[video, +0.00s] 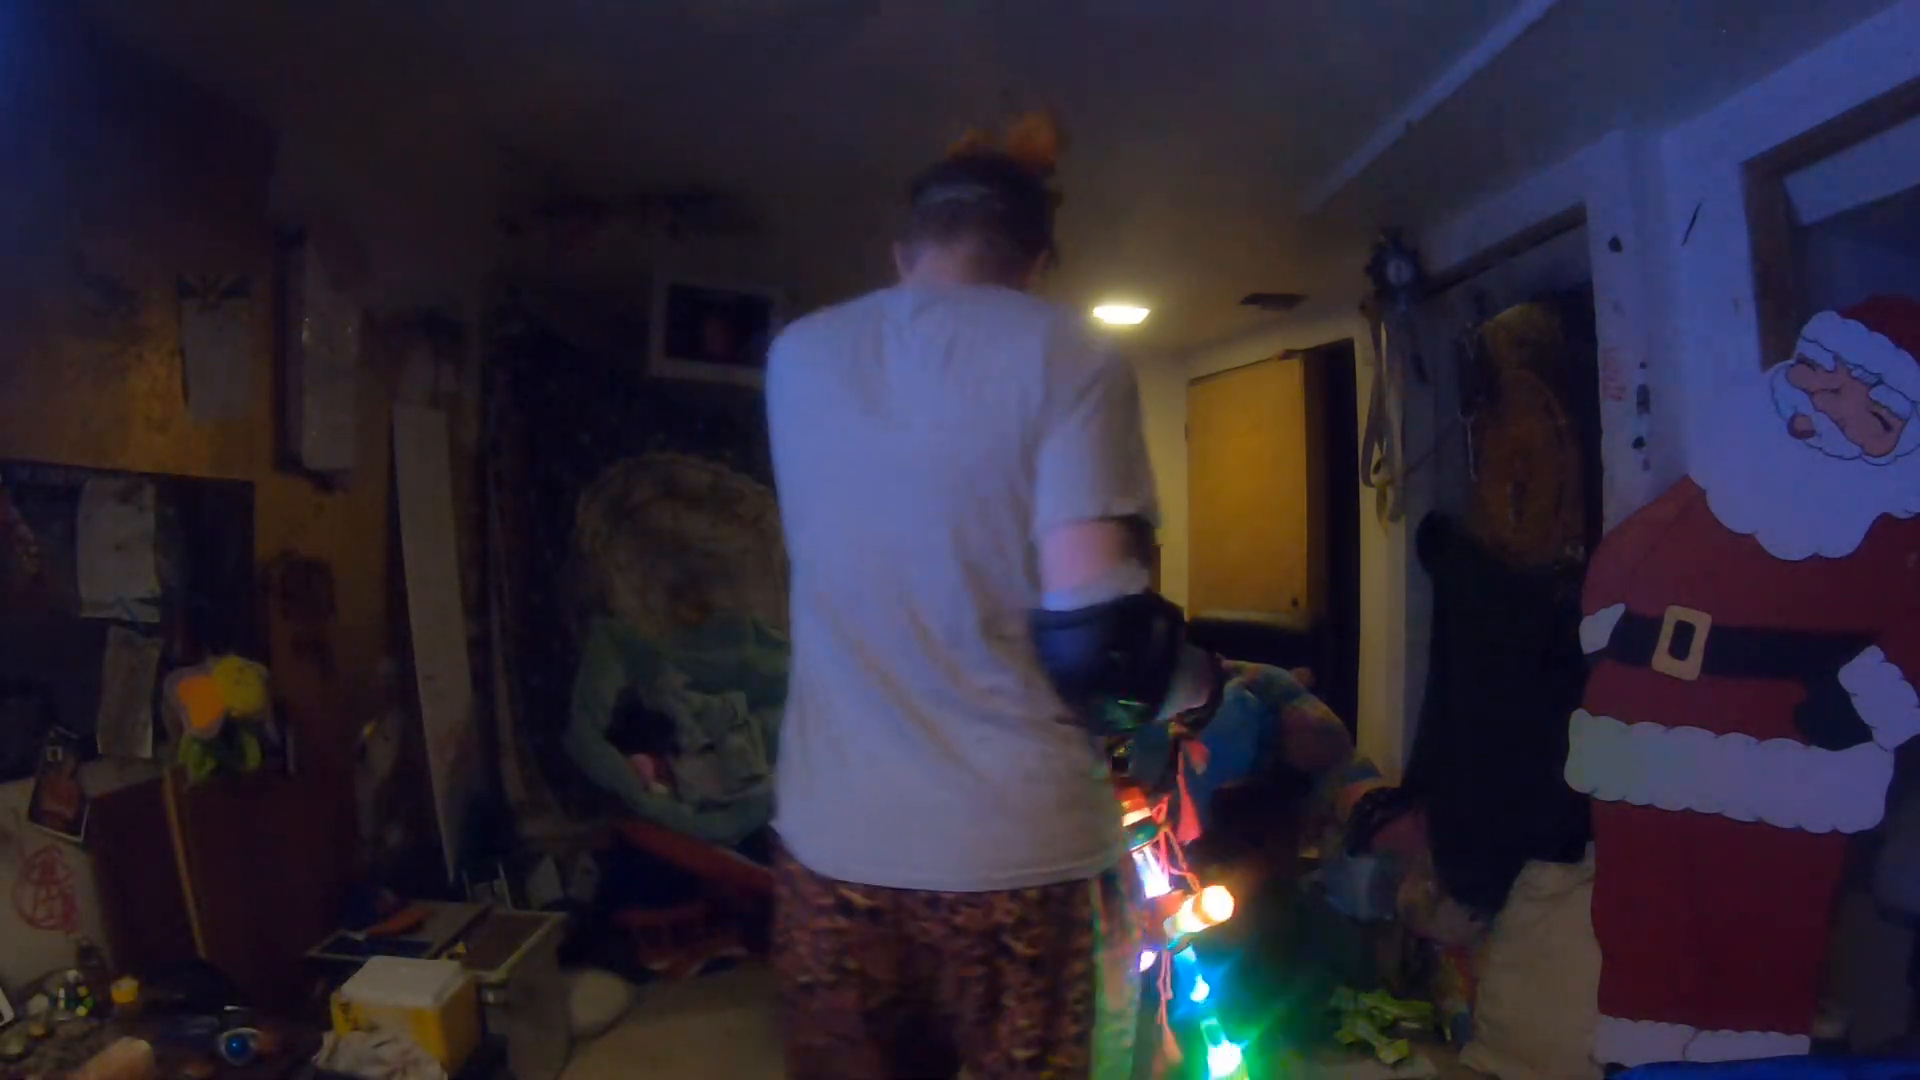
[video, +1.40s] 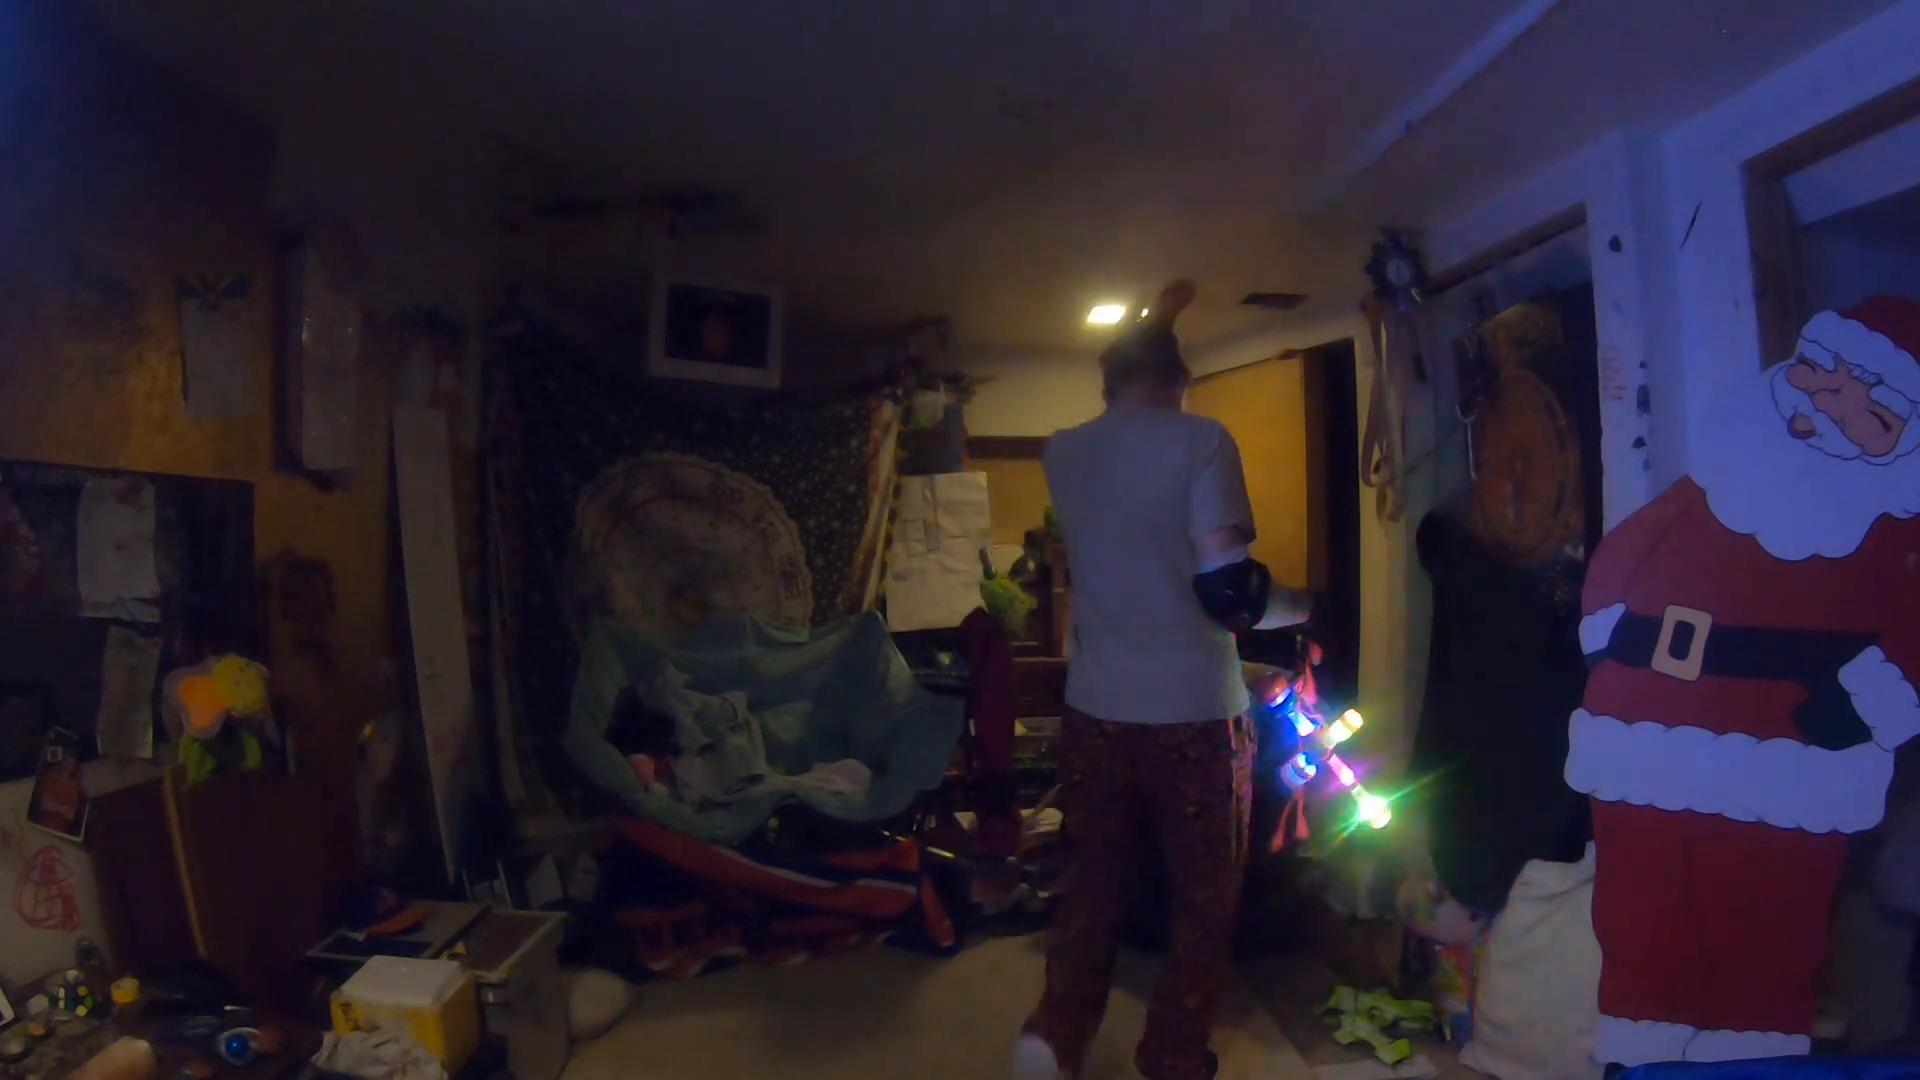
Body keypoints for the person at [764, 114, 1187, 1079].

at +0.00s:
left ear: (900, 252)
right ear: (1035, 264)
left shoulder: (795, 355)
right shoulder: (1061, 352)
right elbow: (1089, 638)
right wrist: (1179, 672)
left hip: (829, 856)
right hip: (1011, 867)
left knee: (843, 1067)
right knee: (1017, 1064)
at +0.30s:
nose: (935, 305)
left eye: (936, 288)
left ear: (946, 282)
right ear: (1063, 278)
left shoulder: (886, 372)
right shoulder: (1158, 364)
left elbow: (886, 475)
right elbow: (1222, 581)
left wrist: (938, 330)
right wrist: (1183, 637)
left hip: (950, 801)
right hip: (1120, 810)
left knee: (974, 1048)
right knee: (1114, 1052)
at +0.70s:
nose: (954, 380)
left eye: (949, 363)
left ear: (954, 354)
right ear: (1048, 329)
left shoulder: (929, 440)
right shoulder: (1141, 394)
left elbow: (975, 546)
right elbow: (1219, 571)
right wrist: (1244, 598)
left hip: (995, 776)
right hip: (1133, 778)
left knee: (1021, 1020)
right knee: (1142, 1020)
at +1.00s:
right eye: (1099, 327)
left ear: (1022, 350)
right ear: (1102, 331)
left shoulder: (986, 427)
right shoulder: (1157, 409)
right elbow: (1192, 579)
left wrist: (1050, 273)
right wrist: (1235, 593)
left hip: (1017, 724)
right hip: (1137, 729)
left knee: (1036, 955)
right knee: (1169, 953)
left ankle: (1030, 1071)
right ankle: (1157, 1070)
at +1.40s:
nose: (1183, 396)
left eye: (1172, 385)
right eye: (1182, 383)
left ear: (1108, 386)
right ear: (1176, 380)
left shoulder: (1066, 452)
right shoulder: (1200, 441)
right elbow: (1227, 592)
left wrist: (1153, 318)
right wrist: (1265, 587)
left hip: (1091, 714)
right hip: (1194, 722)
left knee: (1093, 882)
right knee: (1205, 901)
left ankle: (1051, 1039)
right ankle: (1175, 1061)